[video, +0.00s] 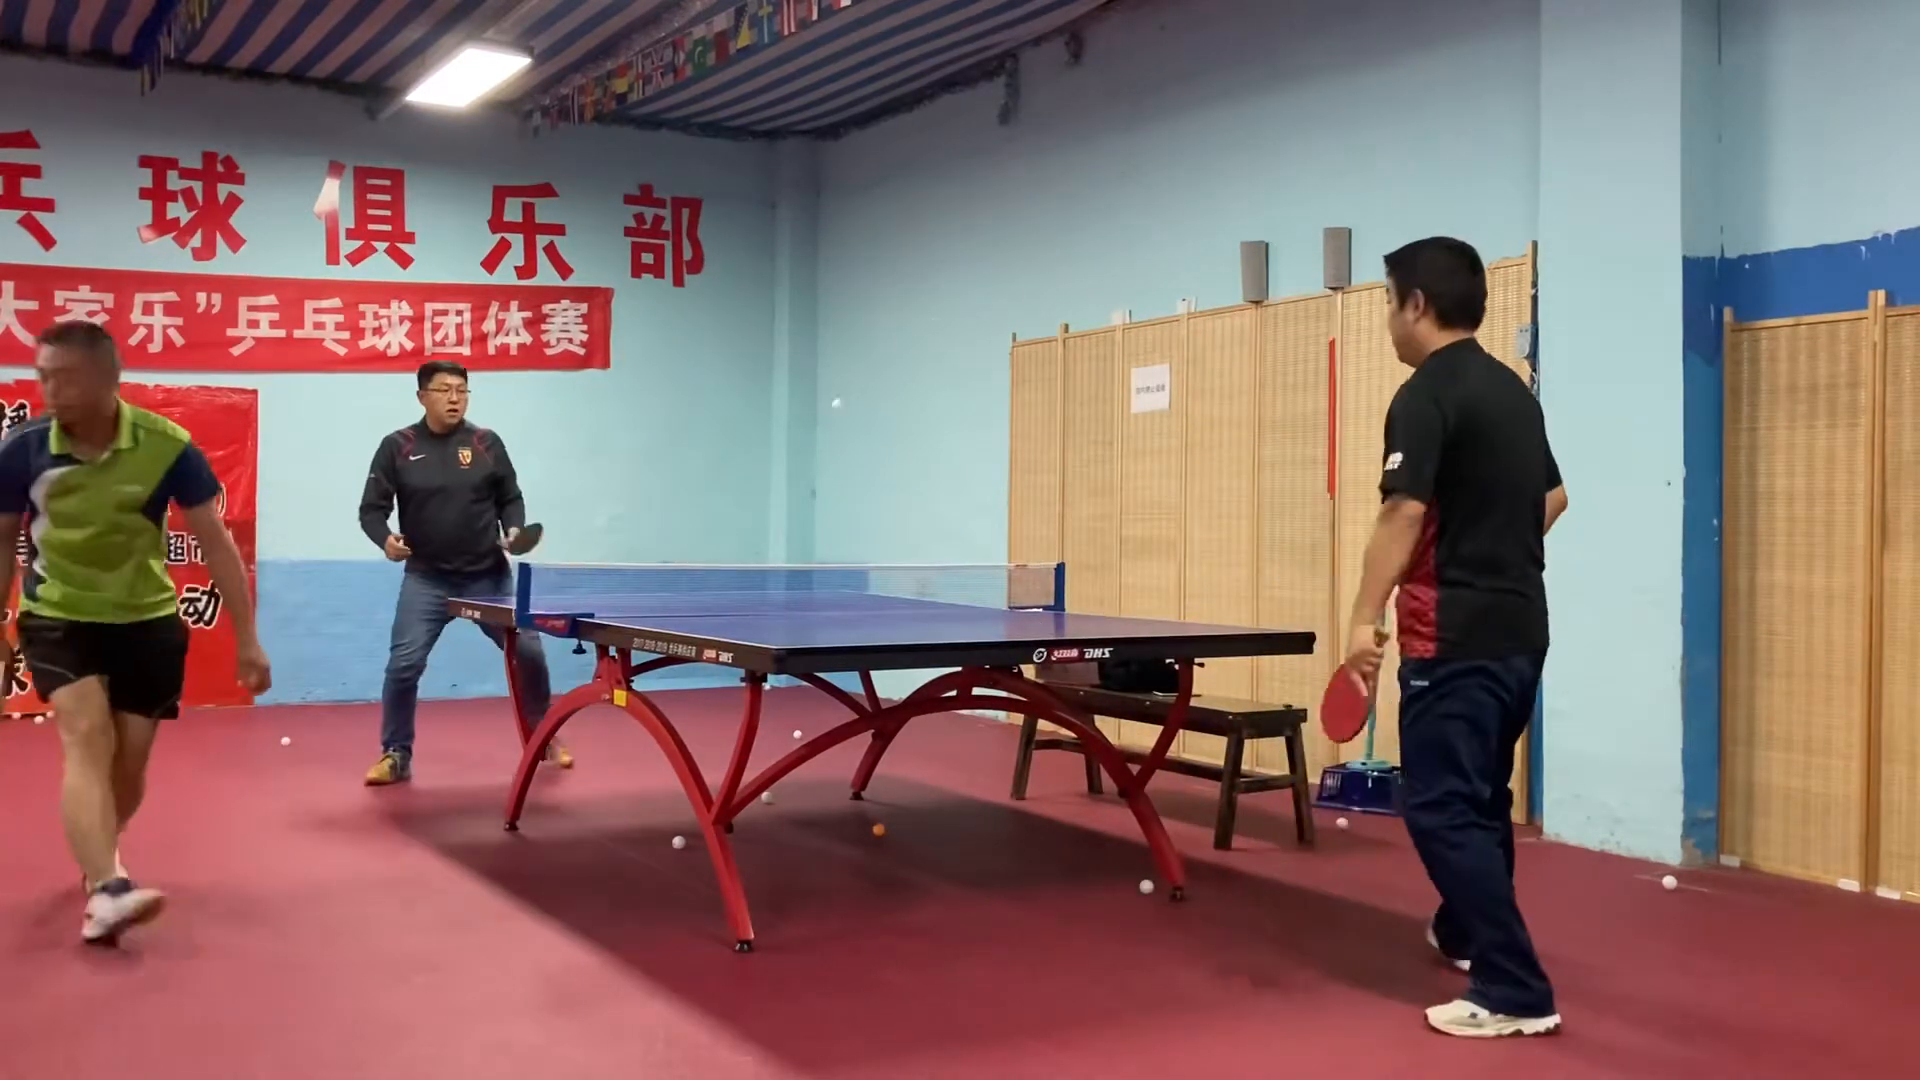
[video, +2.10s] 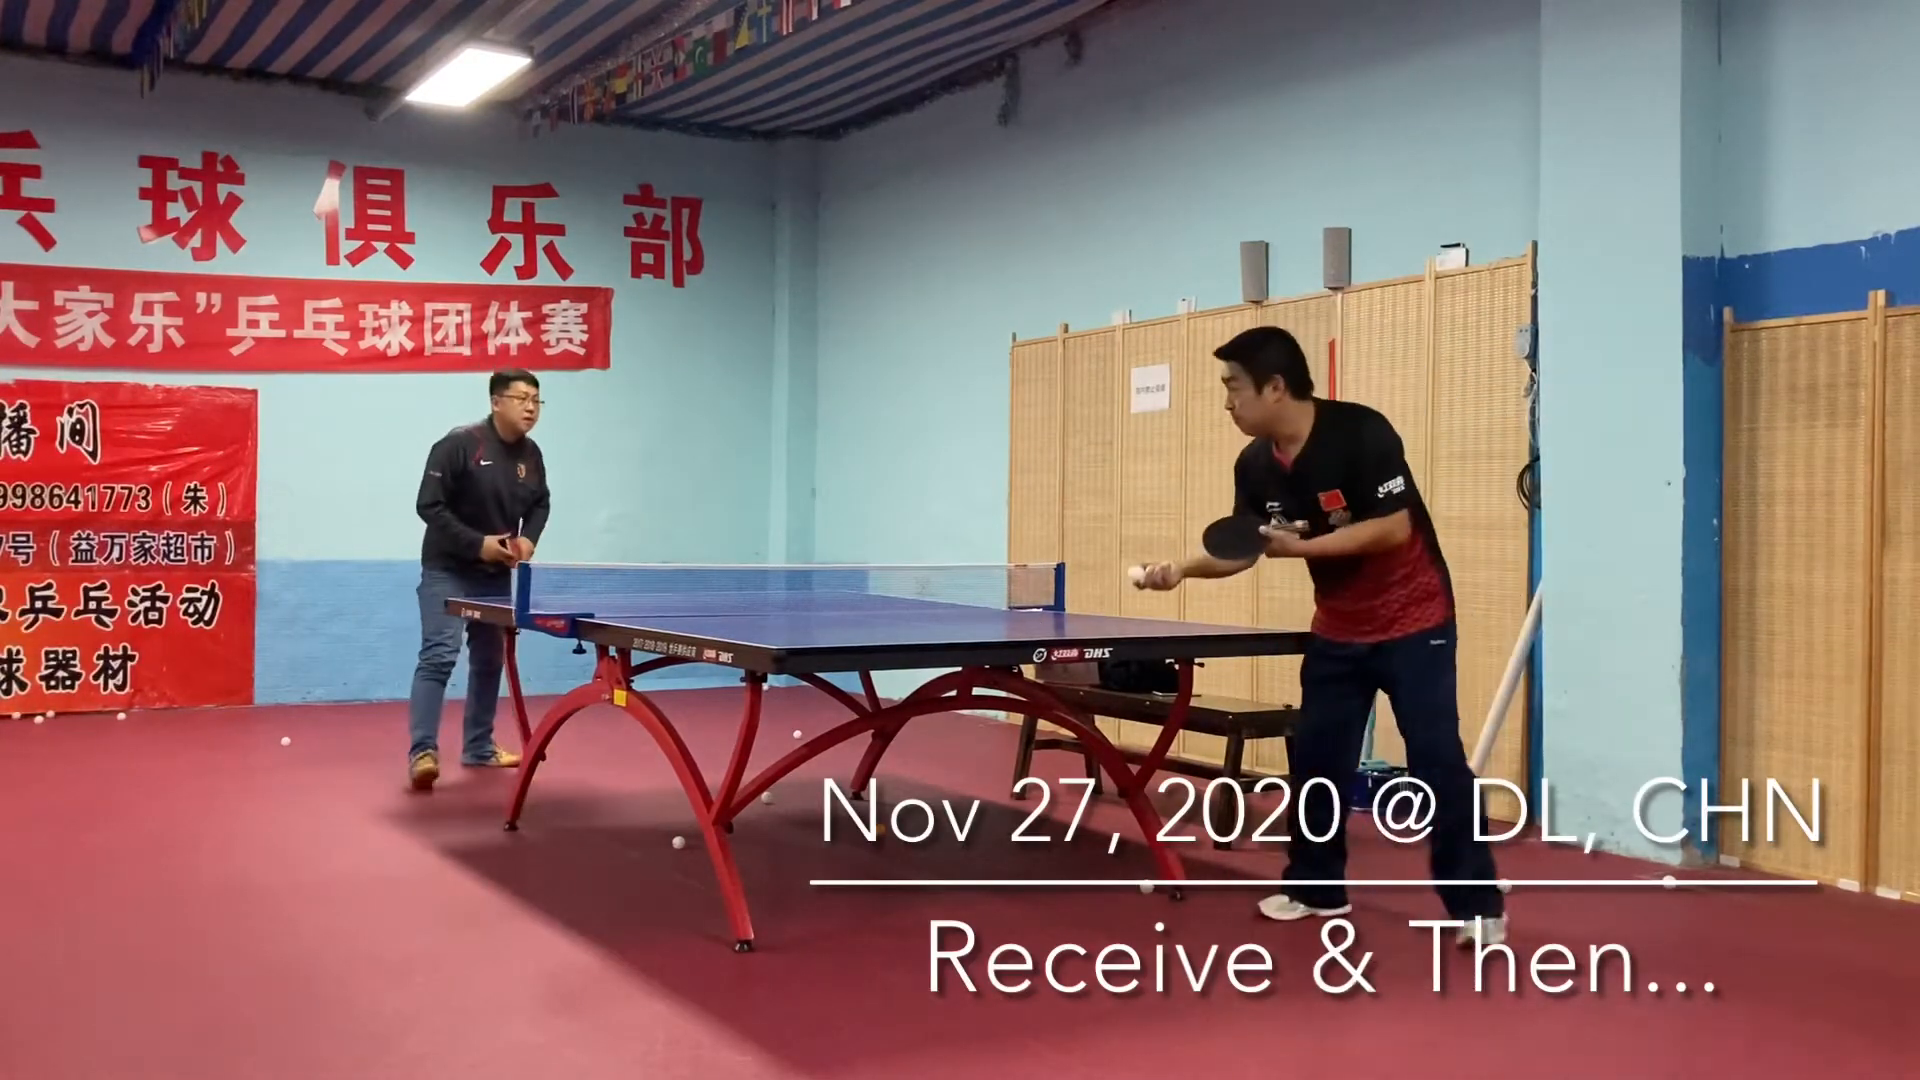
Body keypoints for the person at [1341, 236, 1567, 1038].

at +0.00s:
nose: (1388, 321)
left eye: (1391, 306)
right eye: (1388, 306)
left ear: (1417, 304)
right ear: (1469, 307)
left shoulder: (1425, 393)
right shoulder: (1510, 385)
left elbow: (1403, 513)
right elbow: (1551, 497)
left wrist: (1363, 619)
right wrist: (1487, 556)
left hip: (1456, 638)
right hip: (1516, 632)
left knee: (1436, 806)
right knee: (1482, 790)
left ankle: (1515, 993)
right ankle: (1465, 926)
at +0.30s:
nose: (1395, 299)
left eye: (1398, 282)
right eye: (1397, 282)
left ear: (1429, 281)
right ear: (1468, 282)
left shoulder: (1460, 360)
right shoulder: (1500, 360)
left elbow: (1477, 485)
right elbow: (1539, 480)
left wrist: (1483, 591)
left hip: (1465, 625)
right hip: (1500, 617)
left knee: (1471, 803)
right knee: (1492, 791)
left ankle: (1514, 994)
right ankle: (1526, 953)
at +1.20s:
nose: (1373, 357)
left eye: (1372, 349)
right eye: (1372, 350)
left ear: (1382, 341)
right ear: (1444, 337)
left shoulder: (1388, 378)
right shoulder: (1488, 402)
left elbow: (1386, 462)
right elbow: (1507, 500)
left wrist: (1361, 559)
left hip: (1426, 611)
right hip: (1496, 614)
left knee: (1405, 772)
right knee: (1472, 774)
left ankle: (1432, 939)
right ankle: (1479, 935)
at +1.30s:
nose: (1366, 350)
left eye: (1366, 340)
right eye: (1364, 341)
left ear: (1380, 334)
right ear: (1437, 332)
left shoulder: (1388, 378)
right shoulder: (1475, 397)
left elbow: (1390, 459)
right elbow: (1489, 502)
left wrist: (1353, 555)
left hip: (1421, 612)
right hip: (1488, 612)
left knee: (1395, 770)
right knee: (1468, 769)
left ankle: (1431, 931)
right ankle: (1480, 929)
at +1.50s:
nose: (1343, 347)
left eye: (1344, 332)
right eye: (1342, 333)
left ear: (1365, 326)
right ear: (1405, 325)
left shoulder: (1395, 381)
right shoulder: (1426, 383)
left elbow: (1413, 469)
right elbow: (1410, 494)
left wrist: (1348, 546)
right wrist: (1334, 499)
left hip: (1408, 617)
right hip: (1443, 613)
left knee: (1385, 770)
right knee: (1431, 765)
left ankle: (1411, 922)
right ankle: (1470, 908)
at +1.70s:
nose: (1308, 350)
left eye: (1310, 334)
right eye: (1306, 336)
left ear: (1337, 329)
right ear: (1350, 330)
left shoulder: (1396, 384)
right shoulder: (1355, 400)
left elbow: (1426, 477)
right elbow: (1354, 502)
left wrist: (1341, 528)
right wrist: (1279, 502)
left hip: (1414, 623)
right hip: (1368, 622)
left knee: (1393, 763)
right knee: (1340, 744)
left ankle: (1413, 923)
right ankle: (1378, 894)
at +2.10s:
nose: (1227, 403)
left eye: (1234, 388)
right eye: (1226, 390)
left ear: (1275, 387)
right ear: (1271, 389)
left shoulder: (1362, 431)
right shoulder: (1255, 465)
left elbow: (1394, 528)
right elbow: (1241, 551)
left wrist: (1301, 546)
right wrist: (1181, 571)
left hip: (1414, 622)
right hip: (1339, 629)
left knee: (1437, 759)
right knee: (1315, 754)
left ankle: (1474, 904)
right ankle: (1318, 885)